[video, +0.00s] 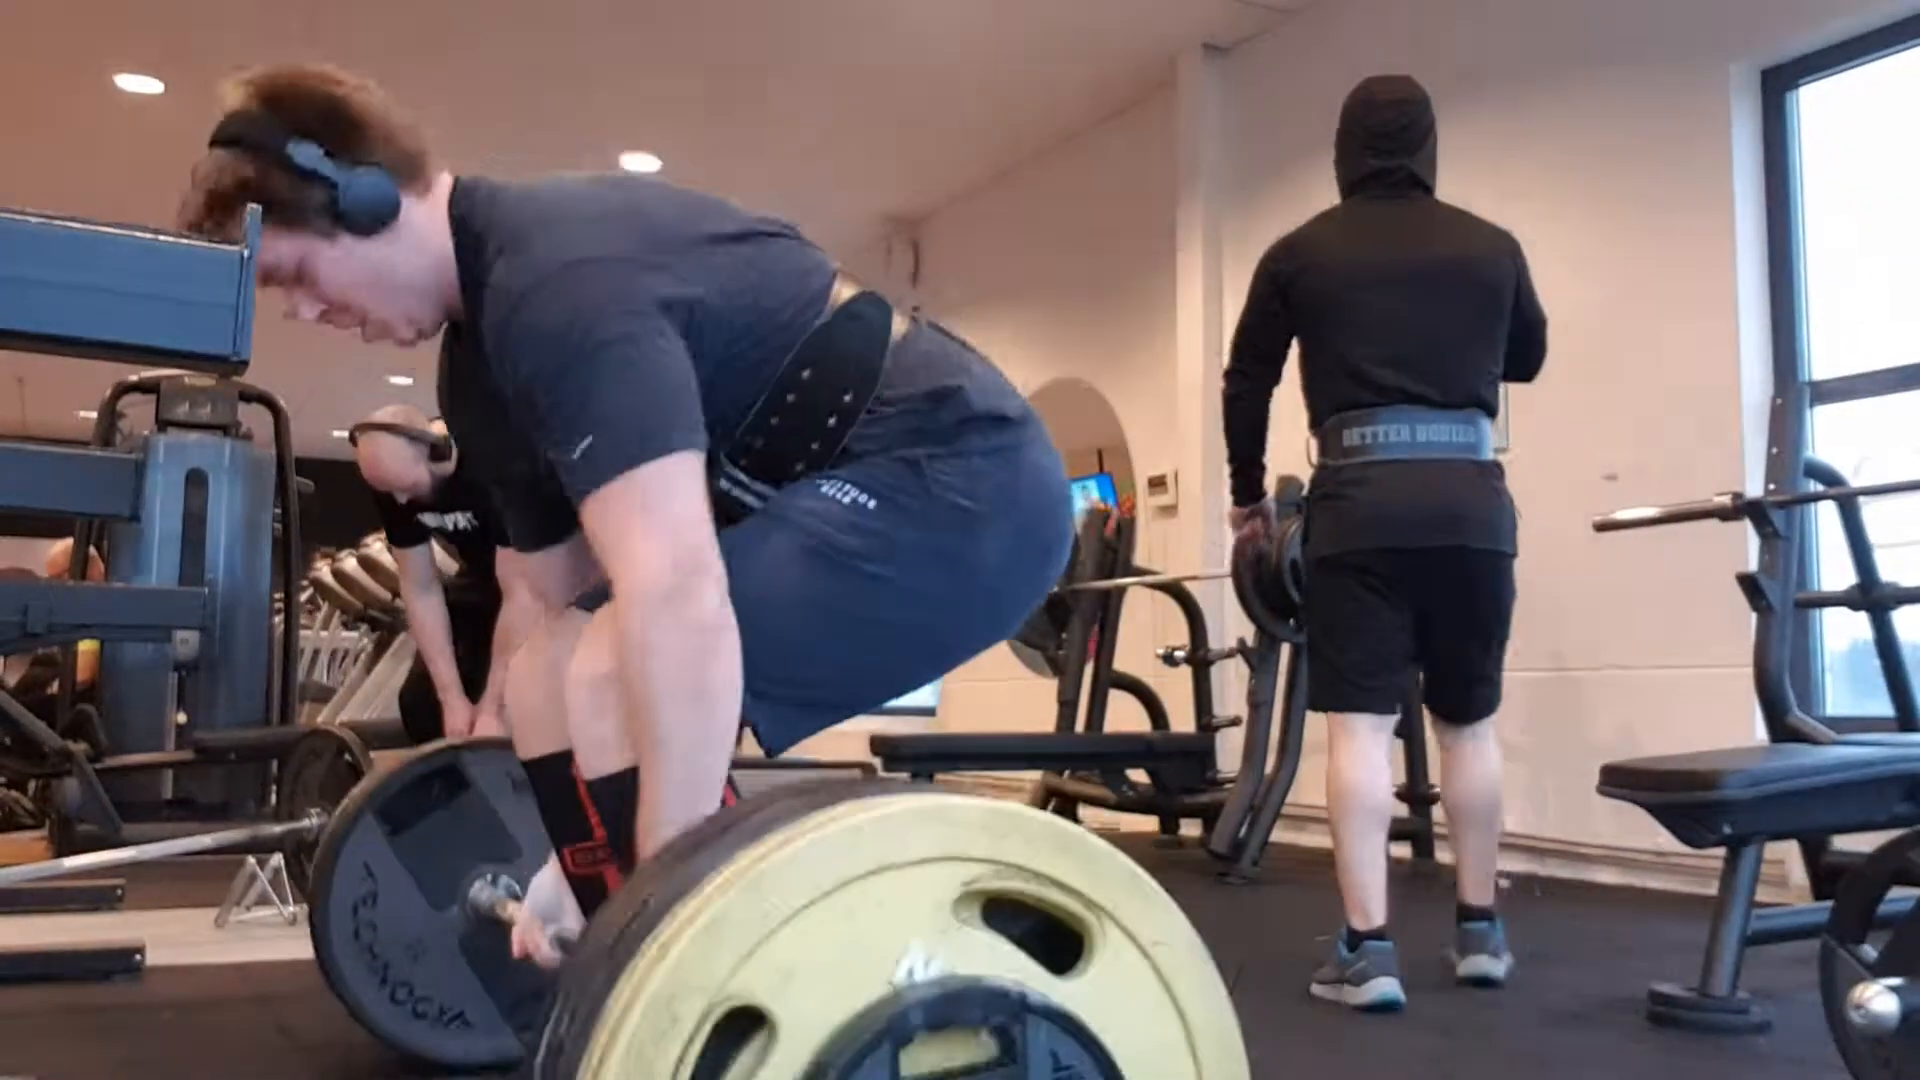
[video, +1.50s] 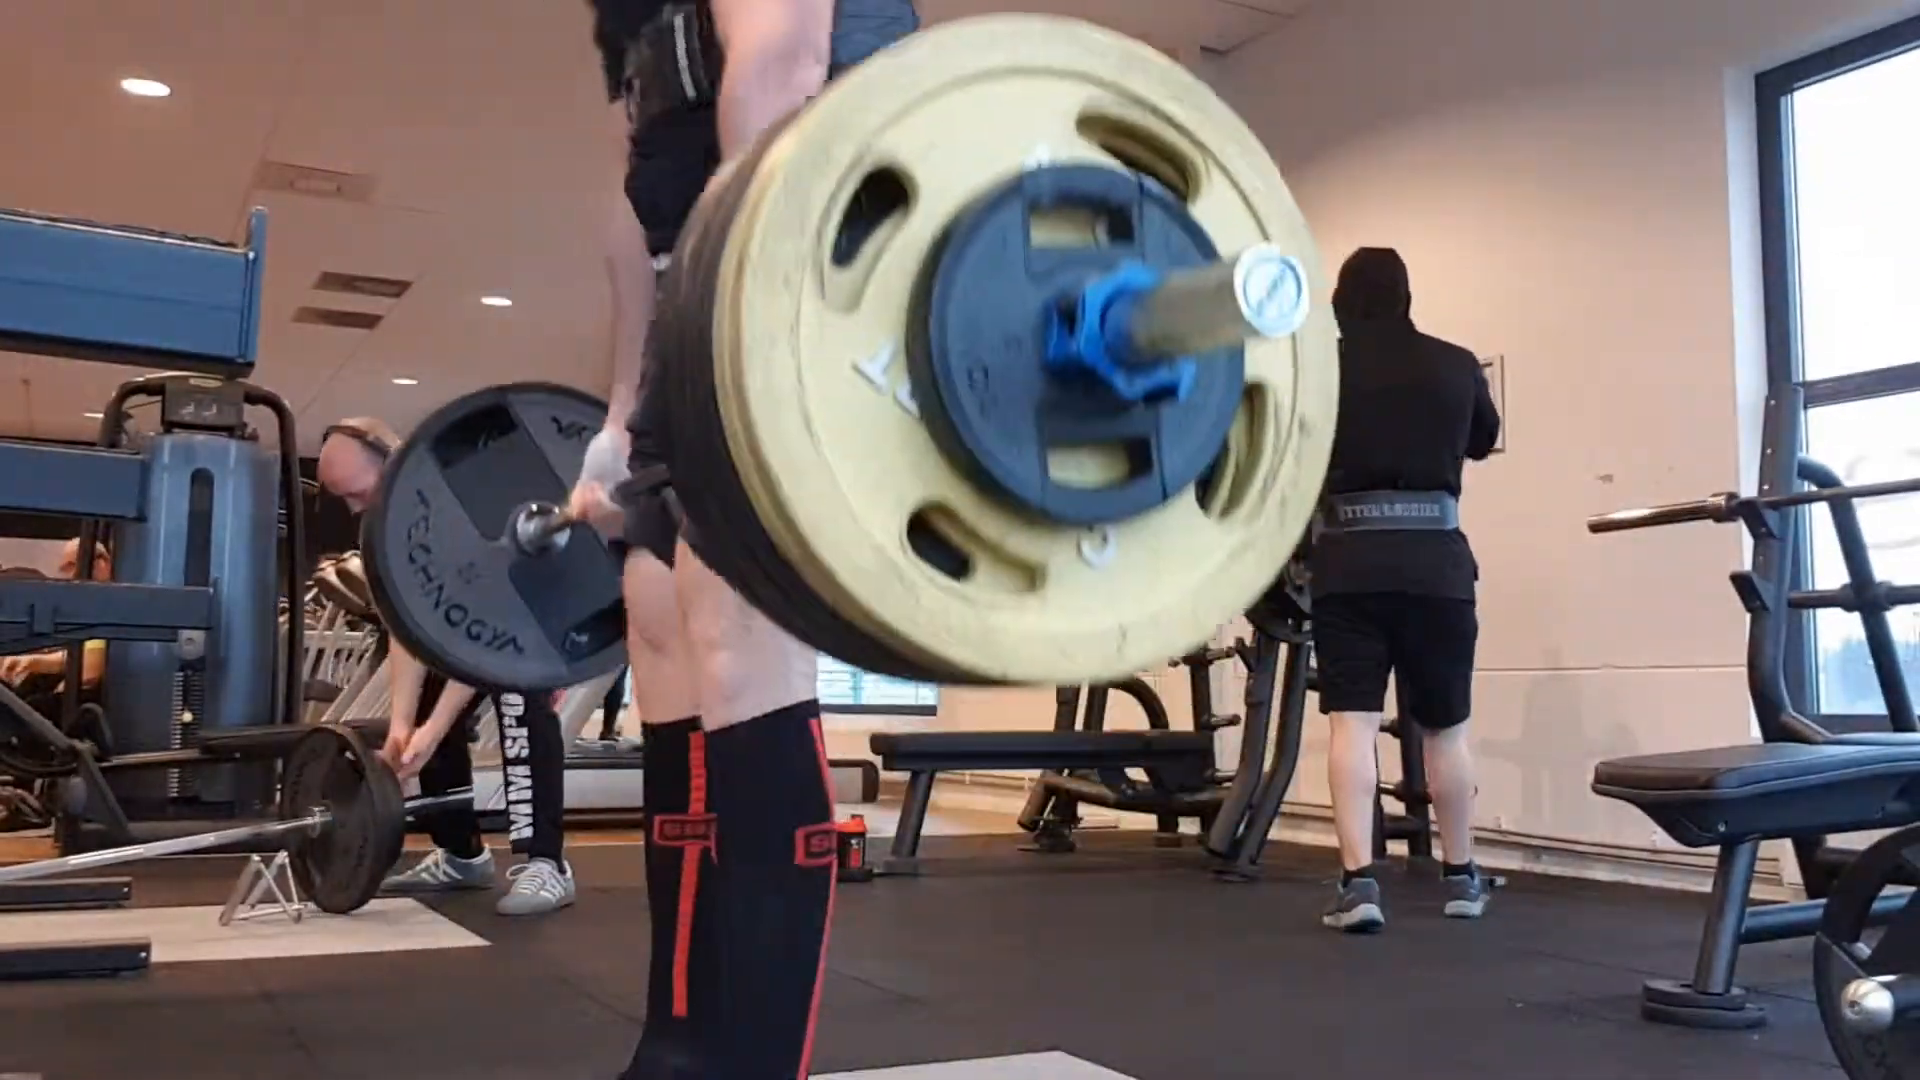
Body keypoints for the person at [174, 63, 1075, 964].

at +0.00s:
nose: (314, 313)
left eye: (300, 274)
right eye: (288, 293)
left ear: (356, 199)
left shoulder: (566, 290)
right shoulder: (478, 360)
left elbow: (678, 598)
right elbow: (540, 605)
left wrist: (671, 911)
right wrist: (534, 855)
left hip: (948, 480)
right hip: (832, 491)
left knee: (619, 672)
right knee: (551, 663)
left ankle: (685, 992)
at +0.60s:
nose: (273, 137)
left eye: (287, 94)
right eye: (267, 106)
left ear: (389, 67)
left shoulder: (576, 219)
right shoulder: (468, 310)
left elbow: (654, 551)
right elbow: (542, 569)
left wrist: (655, 864)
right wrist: (526, 821)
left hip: (924, 420)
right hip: (813, 446)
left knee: (617, 677)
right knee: (549, 669)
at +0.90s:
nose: (356, 15)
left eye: (374, 2)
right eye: (359, 11)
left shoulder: (621, 106)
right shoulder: (517, 206)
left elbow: (679, 427)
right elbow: (569, 470)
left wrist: (669, 720)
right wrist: (569, 720)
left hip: (942, 370)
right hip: (824, 394)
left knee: (688, 667)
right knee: (603, 638)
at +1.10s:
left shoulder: (643, 15)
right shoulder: (532, 106)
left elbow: (703, 300)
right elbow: (589, 366)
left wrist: (692, 596)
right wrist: (594, 613)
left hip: (921, 328)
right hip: (790, 349)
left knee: (763, 694)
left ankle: (720, 1045)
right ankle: (699, 1036)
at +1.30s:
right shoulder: (547, 17)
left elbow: (732, 153)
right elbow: (609, 248)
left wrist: (758, 465)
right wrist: (621, 493)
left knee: (697, 639)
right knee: (695, 642)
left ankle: (713, 1051)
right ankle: (696, 1042)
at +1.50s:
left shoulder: (781, 11)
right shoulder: (644, 33)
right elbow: (639, 186)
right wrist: (621, 414)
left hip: (764, 345)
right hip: (679, 359)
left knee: (732, 630)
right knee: (656, 623)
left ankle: (736, 1054)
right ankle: (681, 1033)